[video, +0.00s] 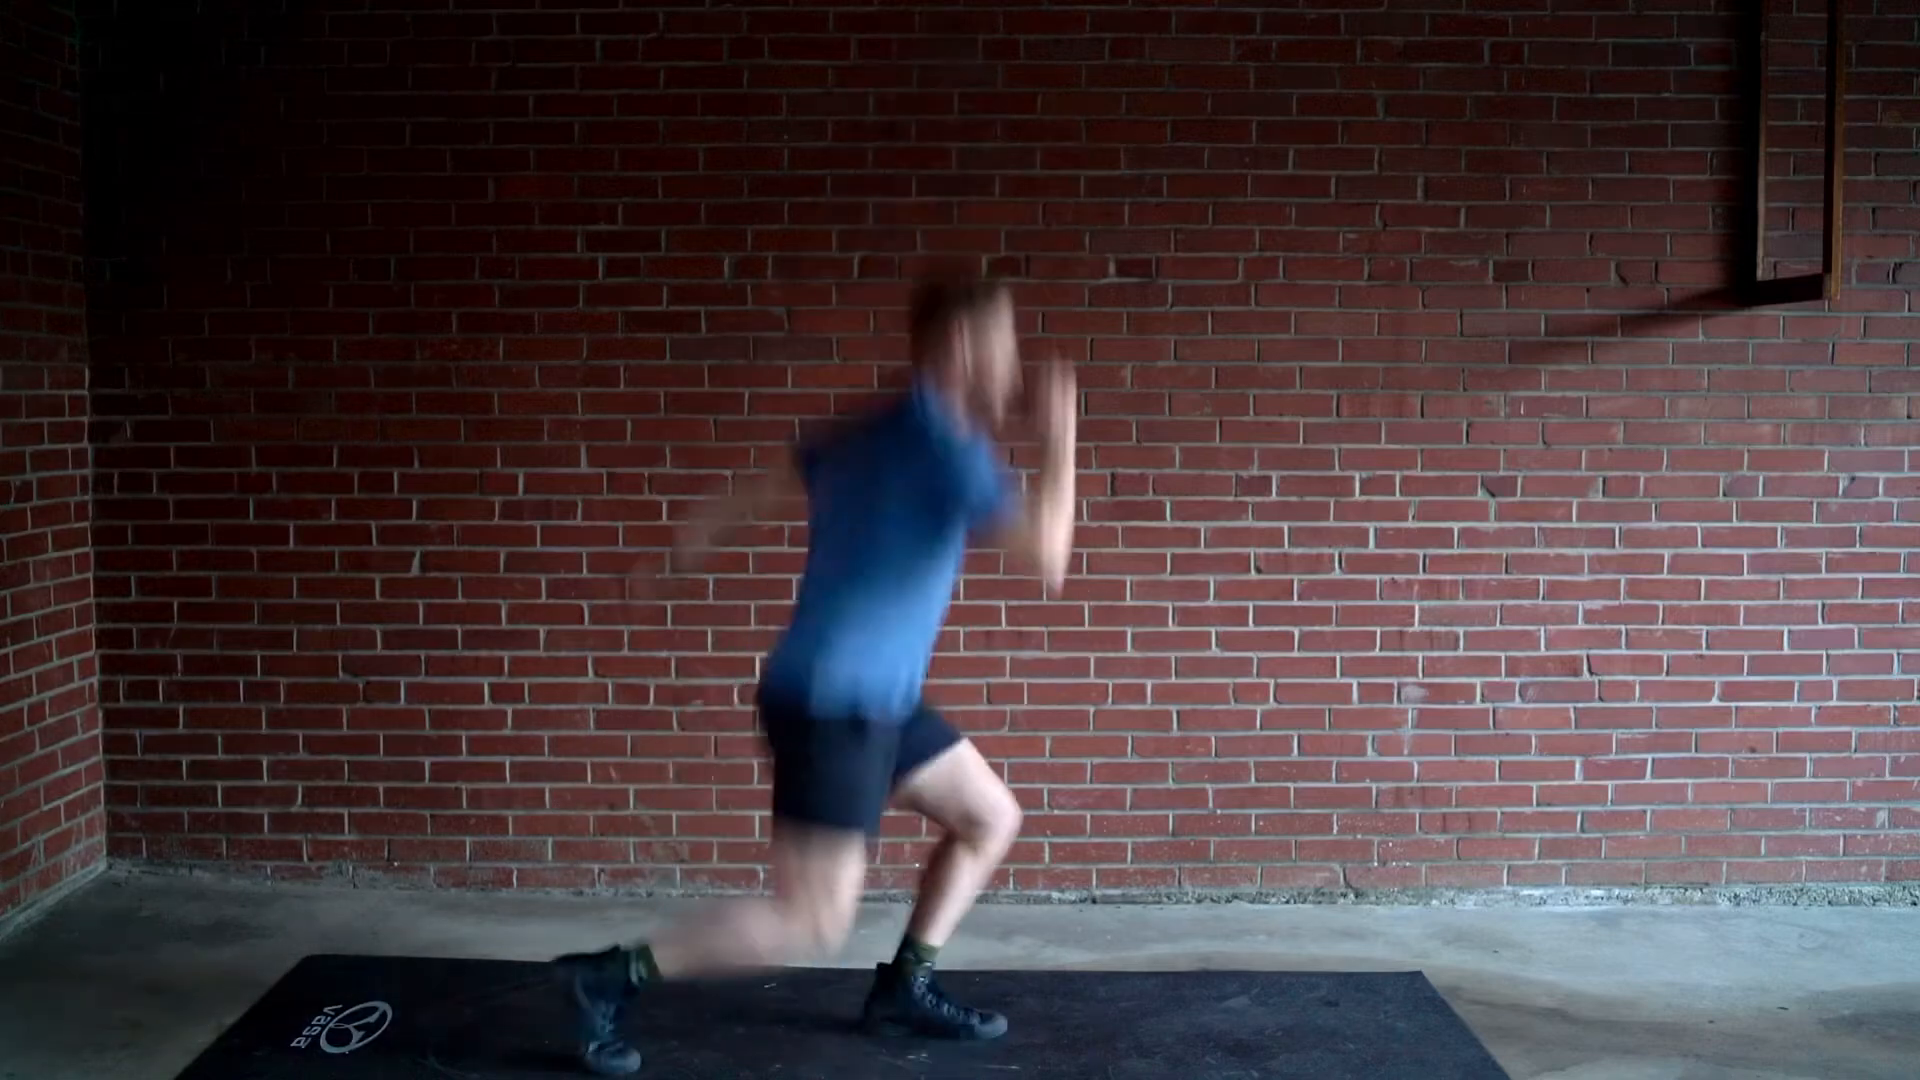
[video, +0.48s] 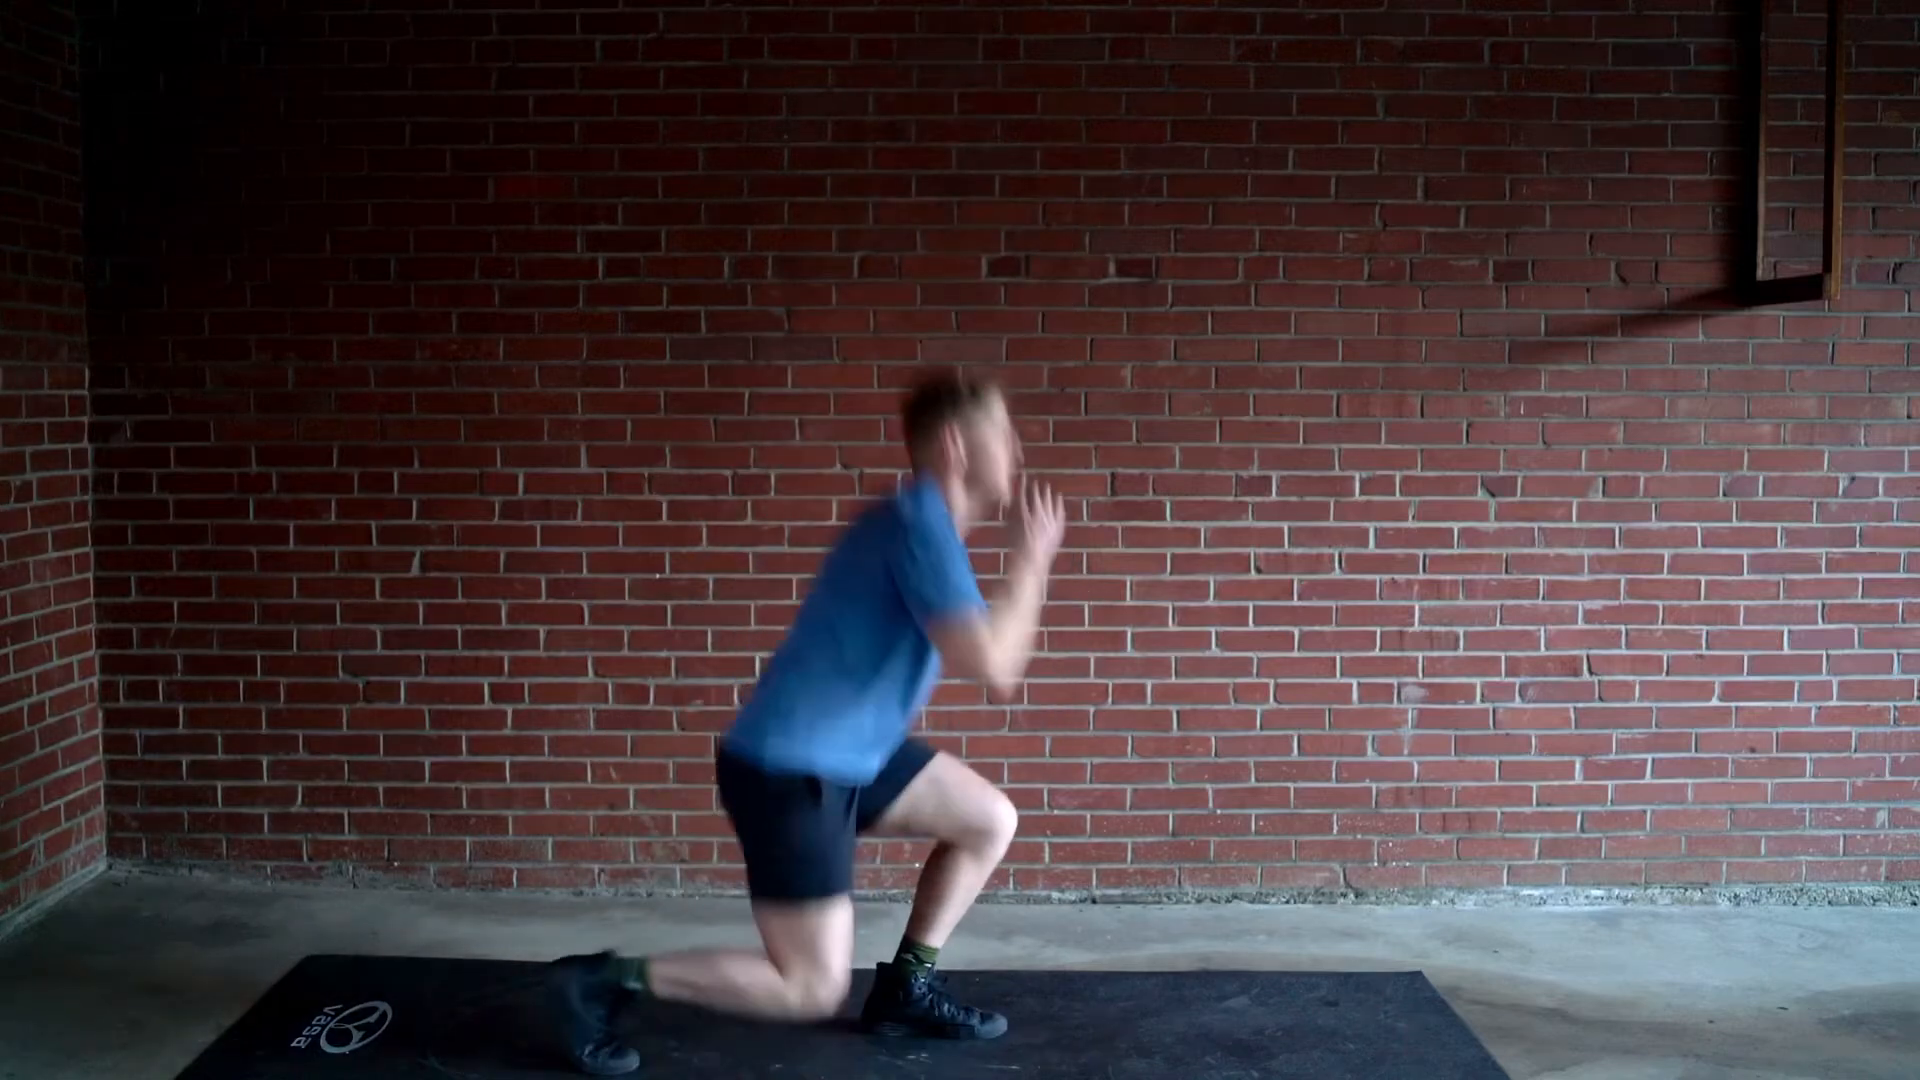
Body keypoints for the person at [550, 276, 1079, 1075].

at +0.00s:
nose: (1012, 357)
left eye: (1010, 337)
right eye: (998, 338)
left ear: (941, 347)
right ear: (954, 343)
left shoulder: (875, 430)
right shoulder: (946, 444)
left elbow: (763, 487)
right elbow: (1046, 554)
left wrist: (697, 532)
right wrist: (1060, 431)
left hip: (879, 697)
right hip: (831, 701)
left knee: (990, 818)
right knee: (812, 921)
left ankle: (906, 986)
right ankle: (609, 977)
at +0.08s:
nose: (1024, 447)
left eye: (1020, 428)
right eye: (1011, 428)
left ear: (950, 436)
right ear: (967, 437)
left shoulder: (872, 515)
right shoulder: (945, 536)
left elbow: (779, 560)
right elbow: (1043, 658)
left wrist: (704, 622)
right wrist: (1060, 535)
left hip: (867, 757)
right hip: (813, 772)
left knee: (1000, 823)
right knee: (824, 993)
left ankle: (908, 987)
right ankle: (618, 981)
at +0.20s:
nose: (1035, 521)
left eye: (1032, 504)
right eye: (1025, 504)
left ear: (969, 512)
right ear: (981, 513)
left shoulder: (885, 573)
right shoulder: (944, 597)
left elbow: (780, 642)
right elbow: (1041, 738)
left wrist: (718, 719)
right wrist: (1064, 620)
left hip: (845, 798)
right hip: (794, 821)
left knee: (994, 822)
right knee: (833, 1034)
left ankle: (908, 983)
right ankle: (638, 981)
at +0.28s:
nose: (1038, 538)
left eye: (1036, 523)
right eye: (1029, 523)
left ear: (972, 530)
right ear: (983, 530)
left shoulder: (899, 585)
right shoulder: (947, 615)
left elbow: (789, 660)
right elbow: (1039, 749)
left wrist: (735, 743)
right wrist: (1064, 636)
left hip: (839, 804)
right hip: (788, 826)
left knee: (990, 822)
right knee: (831, 1041)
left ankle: (908, 984)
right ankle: (638, 981)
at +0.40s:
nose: (1029, 503)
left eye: (1025, 488)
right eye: (1017, 488)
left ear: (967, 501)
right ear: (970, 501)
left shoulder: (937, 574)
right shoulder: (929, 576)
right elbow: (1022, 718)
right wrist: (1053, 606)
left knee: (992, 823)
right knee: (824, 1024)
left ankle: (908, 985)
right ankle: (625, 981)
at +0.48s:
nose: (1015, 451)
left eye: (1011, 434)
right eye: (1002, 434)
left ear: (951, 448)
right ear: (955, 446)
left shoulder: (927, 528)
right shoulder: (915, 527)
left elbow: (993, 652)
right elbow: (999, 666)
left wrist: (1022, 560)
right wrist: (1035, 559)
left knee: (988, 821)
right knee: (811, 988)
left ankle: (906, 989)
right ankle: (606, 980)